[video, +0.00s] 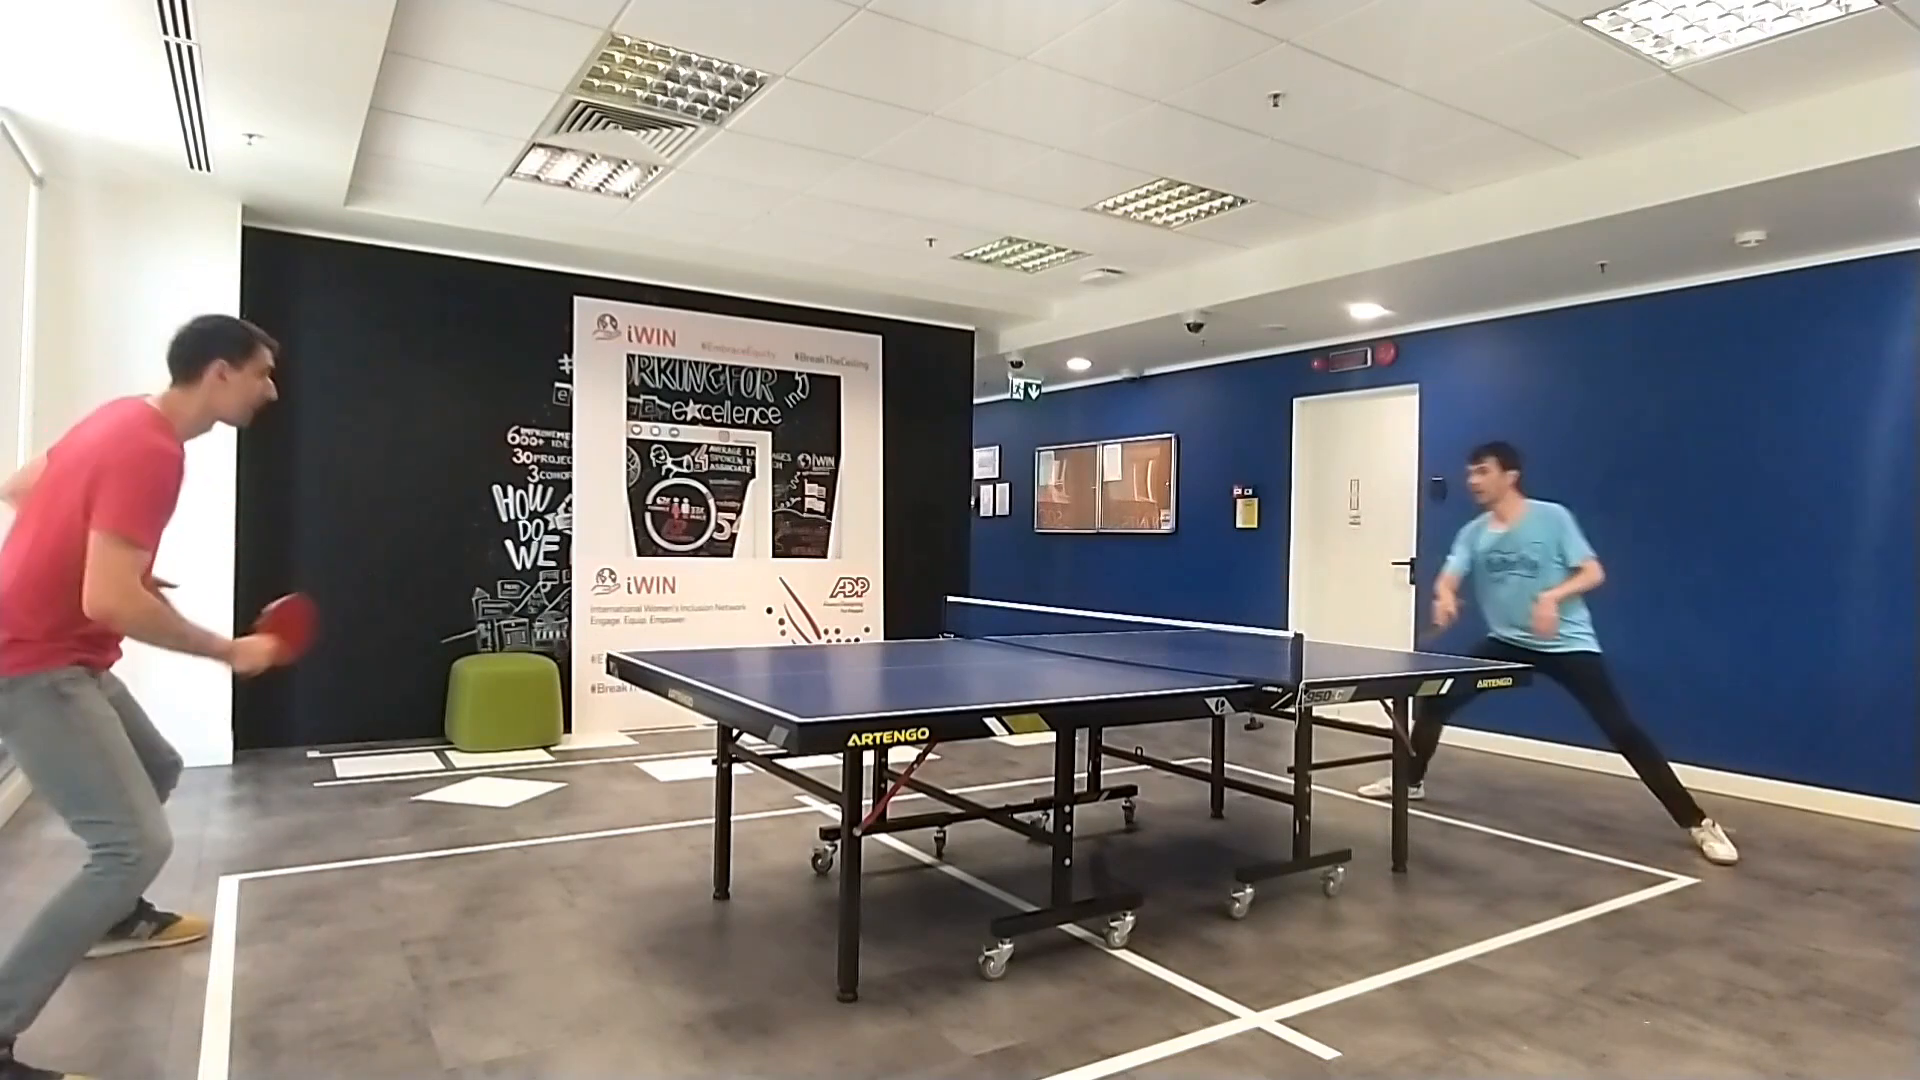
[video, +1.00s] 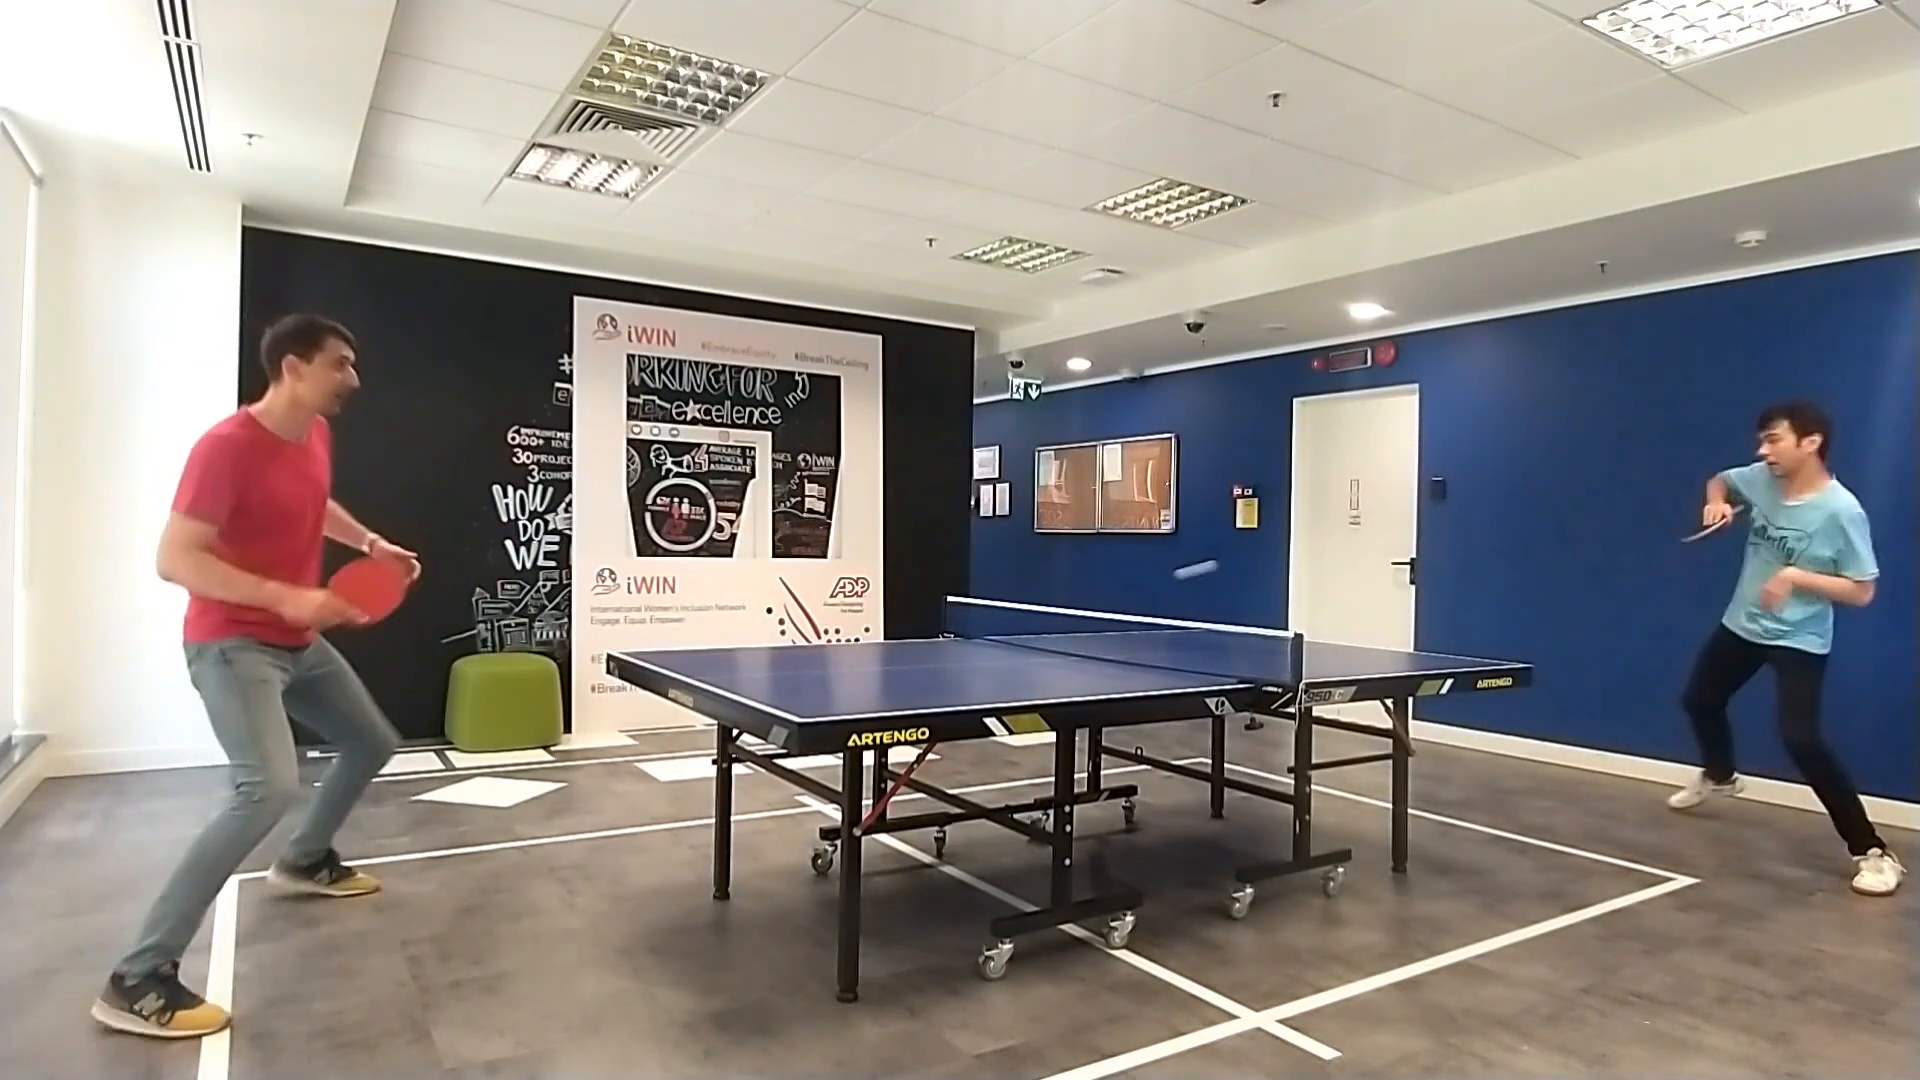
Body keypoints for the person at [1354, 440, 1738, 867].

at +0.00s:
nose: (1473, 481)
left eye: (1481, 473)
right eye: (1470, 474)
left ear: (1510, 476)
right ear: (1473, 482)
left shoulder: (1552, 517)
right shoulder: (1473, 532)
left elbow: (1592, 572)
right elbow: (1447, 579)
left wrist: (1551, 596)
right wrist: (1445, 599)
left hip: (1569, 648)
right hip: (1507, 645)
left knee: (1622, 730)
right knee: (1433, 700)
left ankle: (1698, 825)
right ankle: (1404, 780)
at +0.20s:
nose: (1548, 462)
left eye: (1558, 453)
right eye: (1546, 455)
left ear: (1586, 459)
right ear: (1546, 462)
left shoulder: (1623, 507)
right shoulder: (1549, 514)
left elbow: (1670, 565)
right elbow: (1528, 566)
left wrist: (1626, 598)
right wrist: (1507, 585)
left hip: (1628, 637)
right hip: (1572, 629)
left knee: (1653, 726)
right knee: (1505, 682)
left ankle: (1703, 827)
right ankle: (1468, 776)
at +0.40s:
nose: (1565, 457)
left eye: (1574, 448)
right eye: (1562, 450)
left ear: (1601, 452)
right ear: (1561, 456)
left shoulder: (1639, 496)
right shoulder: (1564, 508)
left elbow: (1689, 550)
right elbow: (1546, 562)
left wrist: (1652, 567)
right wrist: (1510, 574)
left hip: (1658, 620)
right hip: (1606, 625)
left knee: (1683, 702)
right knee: (1560, 699)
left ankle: (1746, 812)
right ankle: (1590, 780)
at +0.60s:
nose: (1591, 479)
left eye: (1598, 468)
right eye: (1587, 471)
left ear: (1628, 464)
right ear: (1598, 474)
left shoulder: (1666, 505)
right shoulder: (1618, 513)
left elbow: (1722, 560)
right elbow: (1646, 570)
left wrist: (1658, 558)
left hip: (1693, 637)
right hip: (1641, 638)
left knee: (1734, 722)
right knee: (1588, 709)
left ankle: (1837, 830)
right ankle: (1593, 785)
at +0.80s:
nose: (1689, 478)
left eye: (1690, 466)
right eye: (1685, 468)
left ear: (1715, 453)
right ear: (1714, 457)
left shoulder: (1766, 500)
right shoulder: (1733, 500)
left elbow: (1791, 575)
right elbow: (1734, 558)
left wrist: (1723, 553)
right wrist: (1682, 542)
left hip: (1763, 650)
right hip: (1717, 635)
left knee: (1775, 751)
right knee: (1664, 702)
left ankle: (1869, 854)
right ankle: (1629, 780)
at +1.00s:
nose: (1765, 451)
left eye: (1775, 440)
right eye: (1764, 442)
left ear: (1811, 444)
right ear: (1766, 447)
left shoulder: (1843, 510)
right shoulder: (1763, 478)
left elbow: (1862, 590)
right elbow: (1719, 482)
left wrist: (1794, 576)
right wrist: (1716, 502)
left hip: (1800, 642)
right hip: (1742, 625)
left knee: (1801, 741)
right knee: (1700, 700)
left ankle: (1871, 854)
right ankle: (1719, 777)